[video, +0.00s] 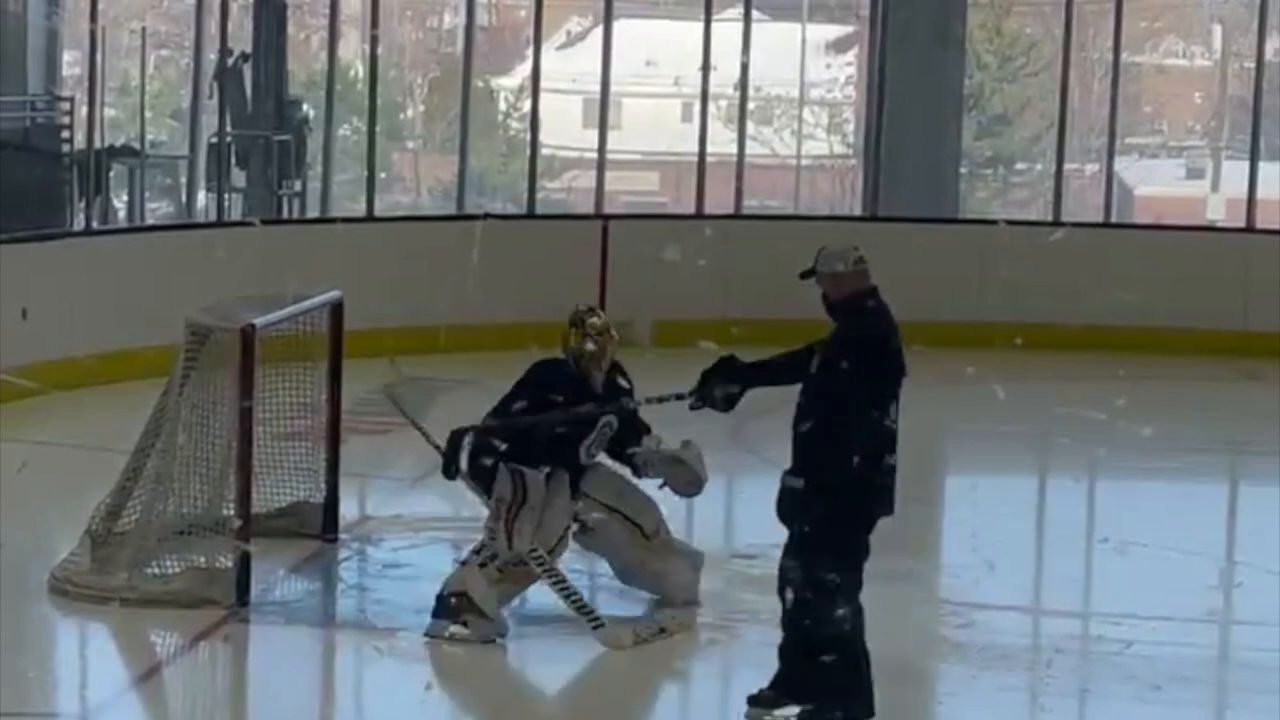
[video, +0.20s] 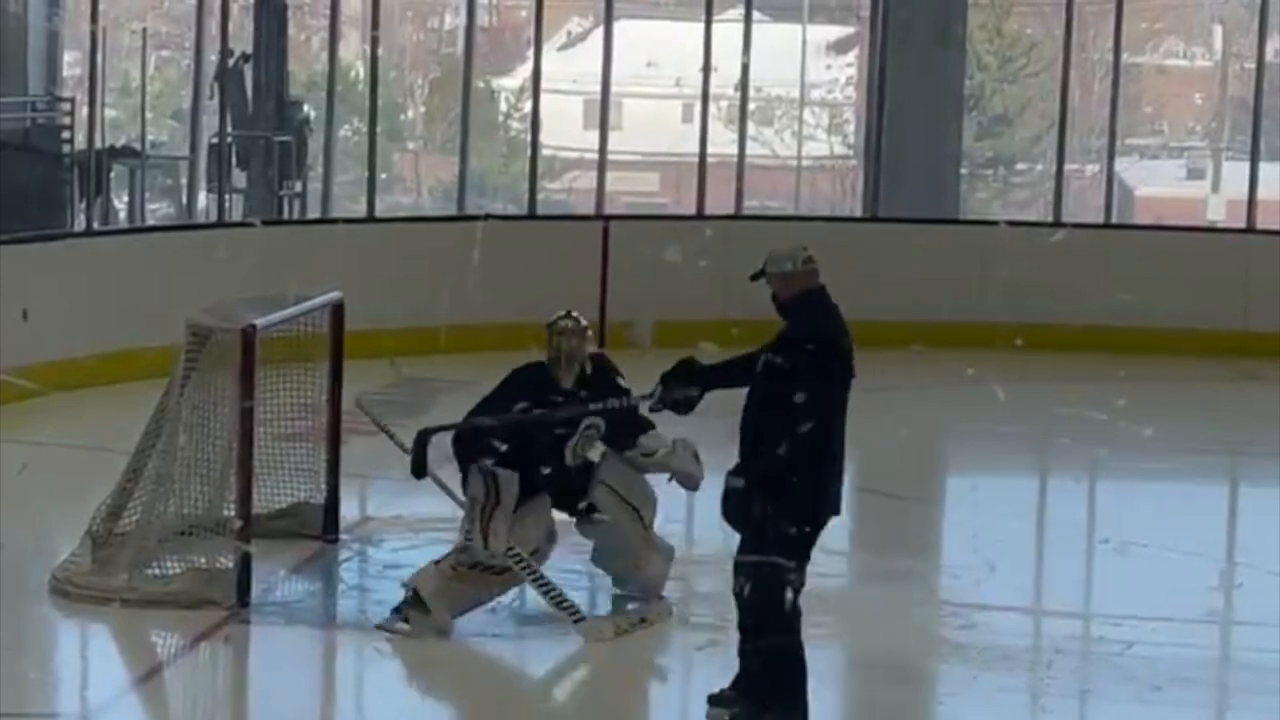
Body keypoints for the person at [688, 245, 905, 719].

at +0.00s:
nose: (824, 293)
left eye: (829, 284)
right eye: (822, 285)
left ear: (847, 283)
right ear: (851, 281)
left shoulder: (868, 336)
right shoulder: (849, 330)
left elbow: (845, 426)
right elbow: (801, 363)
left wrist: (810, 480)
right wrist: (741, 374)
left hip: (848, 492)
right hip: (823, 487)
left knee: (832, 593)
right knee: (797, 582)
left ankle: (846, 700)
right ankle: (797, 678)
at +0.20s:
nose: (771, 293)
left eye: (775, 284)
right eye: (770, 285)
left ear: (793, 284)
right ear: (804, 280)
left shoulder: (816, 333)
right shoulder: (801, 328)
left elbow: (795, 426)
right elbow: (756, 366)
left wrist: (750, 478)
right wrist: (699, 377)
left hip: (797, 491)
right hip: (778, 486)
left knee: (770, 595)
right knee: (751, 585)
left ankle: (779, 703)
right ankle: (753, 684)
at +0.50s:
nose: (693, 288)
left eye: (698, 279)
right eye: (693, 280)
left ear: (717, 280)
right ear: (727, 278)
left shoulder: (735, 334)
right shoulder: (726, 326)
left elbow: (701, 412)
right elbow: (692, 394)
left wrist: (653, 404)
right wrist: (653, 401)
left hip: (717, 489)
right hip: (703, 482)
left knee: (686, 592)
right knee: (677, 590)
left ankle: (704, 702)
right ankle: (684, 696)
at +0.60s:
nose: (670, 287)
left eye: (675, 278)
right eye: (671, 279)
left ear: (694, 279)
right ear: (708, 278)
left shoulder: (707, 335)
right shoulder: (697, 328)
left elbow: (693, 429)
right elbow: (661, 399)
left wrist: (638, 434)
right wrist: (630, 421)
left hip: (682, 493)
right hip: (684, 486)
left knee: (657, 598)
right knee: (668, 595)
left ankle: (676, 701)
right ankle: (673, 697)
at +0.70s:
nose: (644, 286)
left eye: (648, 277)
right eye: (645, 278)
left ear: (662, 279)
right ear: (680, 278)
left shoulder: (697, 333)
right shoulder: (655, 328)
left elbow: (684, 427)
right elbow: (628, 416)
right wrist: (607, 477)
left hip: (663, 489)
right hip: (637, 483)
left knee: (641, 591)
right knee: (629, 589)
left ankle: (655, 700)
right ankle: (643, 691)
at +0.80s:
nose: (620, 282)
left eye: (624, 274)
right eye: (620, 275)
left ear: (639, 275)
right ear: (655, 275)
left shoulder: (681, 328)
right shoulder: (621, 329)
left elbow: (699, 407)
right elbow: (602, 409)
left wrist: (656, 445)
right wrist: (580, 470)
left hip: (648, 481)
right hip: (611, 475)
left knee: (617, 584)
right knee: (602, 583)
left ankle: (622, 695)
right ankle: (613, 689)